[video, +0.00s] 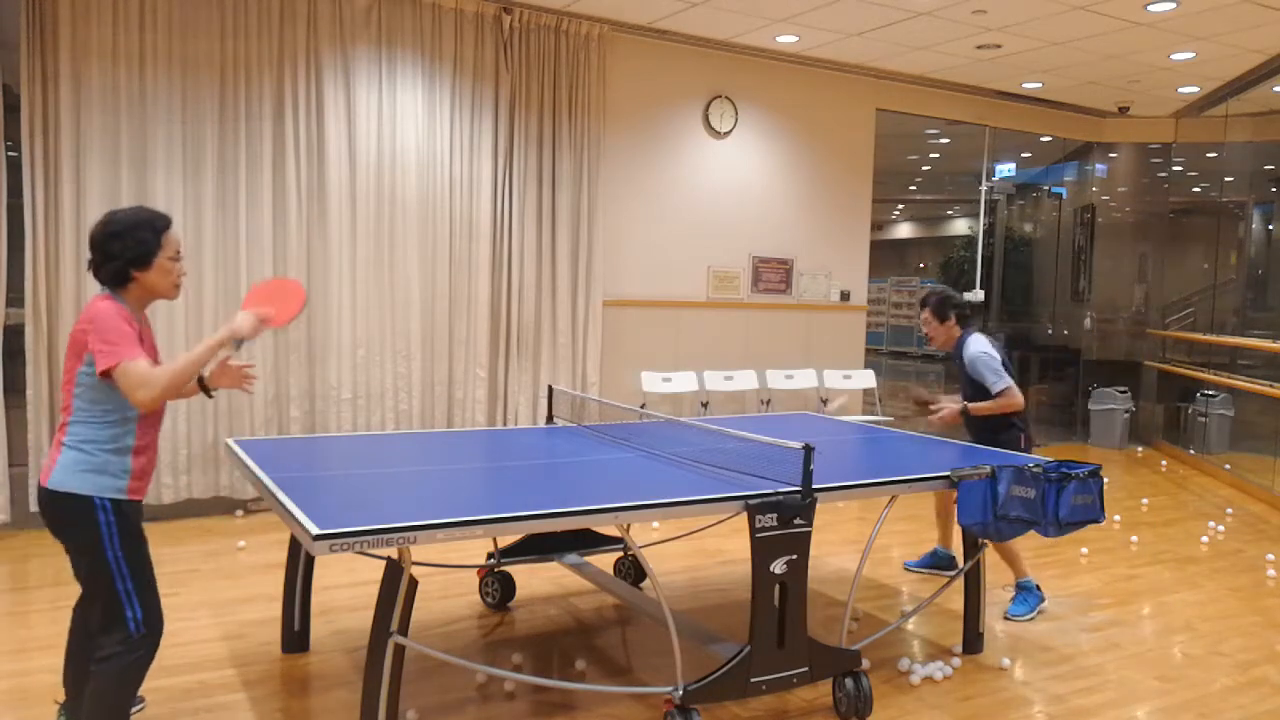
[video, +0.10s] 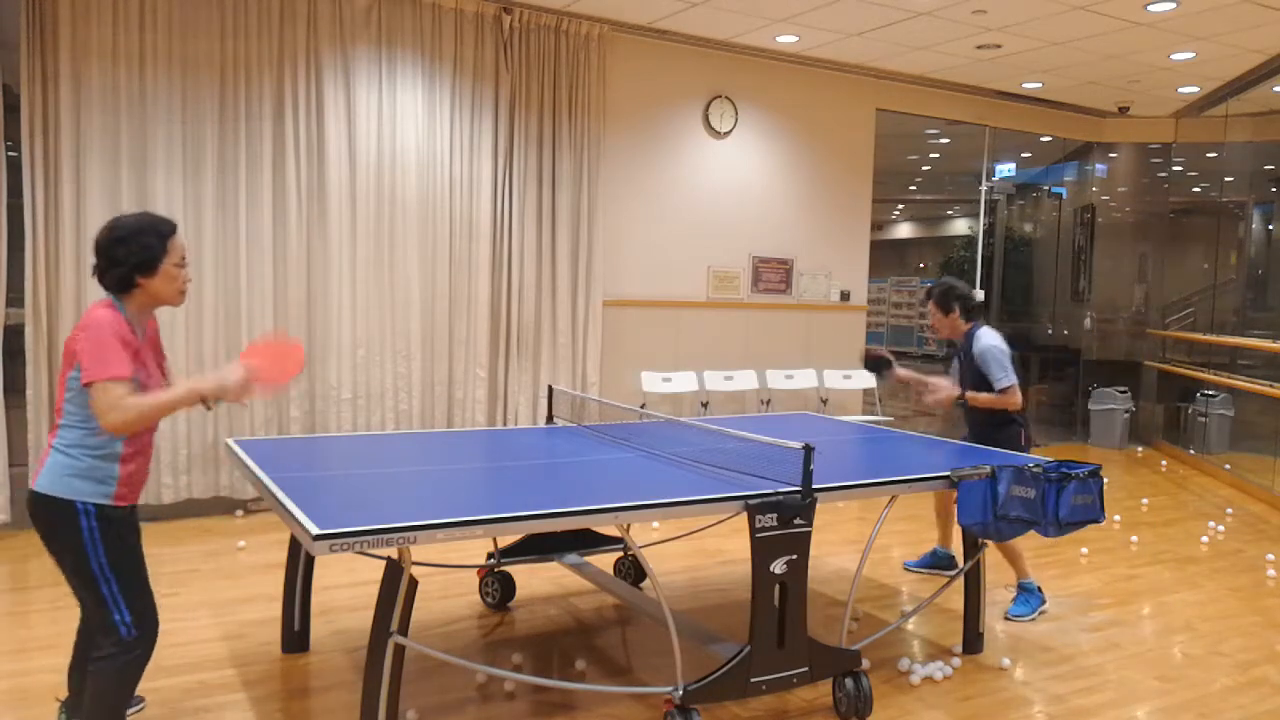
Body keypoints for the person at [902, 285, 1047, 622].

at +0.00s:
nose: (924, 332)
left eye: (928, 324)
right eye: (923, 325)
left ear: (949, 320)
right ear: (949, 322)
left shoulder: (976, 352)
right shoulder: (966, 348)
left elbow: (1015, 401)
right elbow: (981, 395)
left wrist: (962, 410)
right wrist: (945, 402)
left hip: (1006, 451)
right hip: (985, 446)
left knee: (982, 518)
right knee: (942, 480)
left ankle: (1027, 587)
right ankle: (945, 552)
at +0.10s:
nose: (931, 325)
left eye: (934, 317)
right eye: (930, 318)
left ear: (954, 313)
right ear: (951, 313)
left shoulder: (987, 343)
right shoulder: (964, 345)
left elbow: (1014, 400)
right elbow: (957, 387)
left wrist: (961, 395)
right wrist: (909, 377)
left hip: (1005, 445)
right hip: (978, 441)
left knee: (988, 517)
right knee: (943, 482)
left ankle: (1029, 588)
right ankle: (944, 553)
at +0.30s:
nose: (945, 305)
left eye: (952, 297)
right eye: (943, 298)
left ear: (978, 298)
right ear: (950, 300)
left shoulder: (1008, 336)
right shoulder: (950, 336)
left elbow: (1036, 387)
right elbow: (930, 375)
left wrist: (992, 385)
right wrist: (907, 361)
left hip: (1007, 439)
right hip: (968, 434)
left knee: (1008, 511)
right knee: (934, 479)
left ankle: (1030, 587)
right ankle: (936, 549)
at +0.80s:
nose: (915, 329)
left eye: (918, 321)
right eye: (913, 322)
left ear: (940, 318)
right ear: (937, 319)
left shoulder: (968, 344)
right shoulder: (953, 348)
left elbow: (1011, 390)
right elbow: (968, 394)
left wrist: (962, 412)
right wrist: (923, 406)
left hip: (1002, 446)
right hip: (975, 443)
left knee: (997, 517)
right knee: (935, 482)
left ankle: (1032, 589)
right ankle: (939, 551)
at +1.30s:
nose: (921, 313)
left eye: (928, 306)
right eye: (918, 306)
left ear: (950, 310)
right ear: (915, 309)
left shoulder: (976, 344)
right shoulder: (921, 344)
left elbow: (1005, 392)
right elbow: (910, 388)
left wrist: (966, 403)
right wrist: (880, 386)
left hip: (981, 437)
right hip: (943, 434)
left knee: (978, 504)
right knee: (908, 478)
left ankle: (1003, 575)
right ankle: (923, 547)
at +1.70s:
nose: (898, 326)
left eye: (901, 319)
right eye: (896, 319)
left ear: (922, 316)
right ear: (921, 317)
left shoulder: (949, 341)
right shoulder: (937, 343)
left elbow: (989, 387)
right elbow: (948, 388)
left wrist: (943, 405)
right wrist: (900, 390)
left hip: (980, 439)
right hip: (955, 436)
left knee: (975, 509)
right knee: (919, 478)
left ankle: (1003, 577)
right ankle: (924, 547)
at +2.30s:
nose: (909, 307)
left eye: (915, 300)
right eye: (905, 301)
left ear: (937, 303)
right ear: (905, 306)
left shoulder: (959, 332)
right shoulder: (930, 338)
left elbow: (999, 375)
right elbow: (946, 385)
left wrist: (954, 393)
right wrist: (913, 404)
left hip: (981, 432)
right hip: (952, 430)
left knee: (983, 502)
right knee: (922, 476)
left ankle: (1006, 575)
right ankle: (925, 545)